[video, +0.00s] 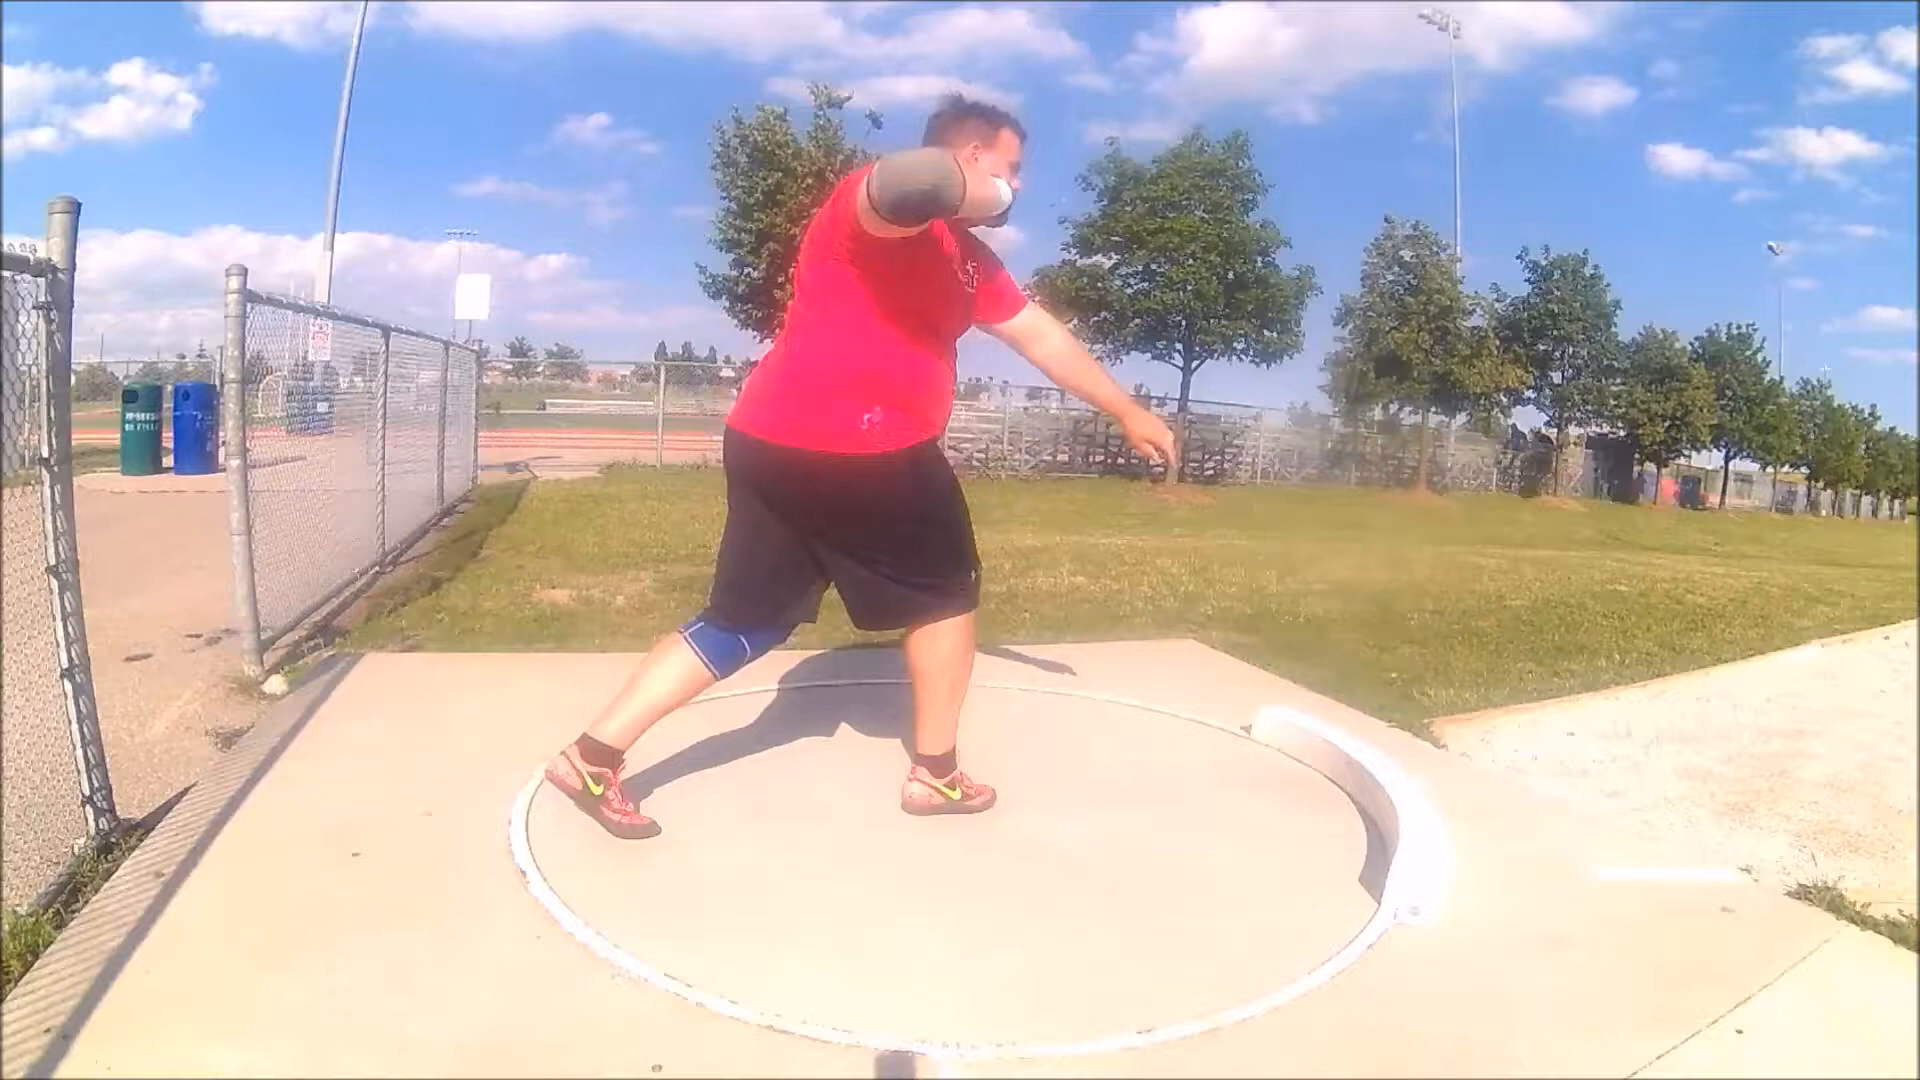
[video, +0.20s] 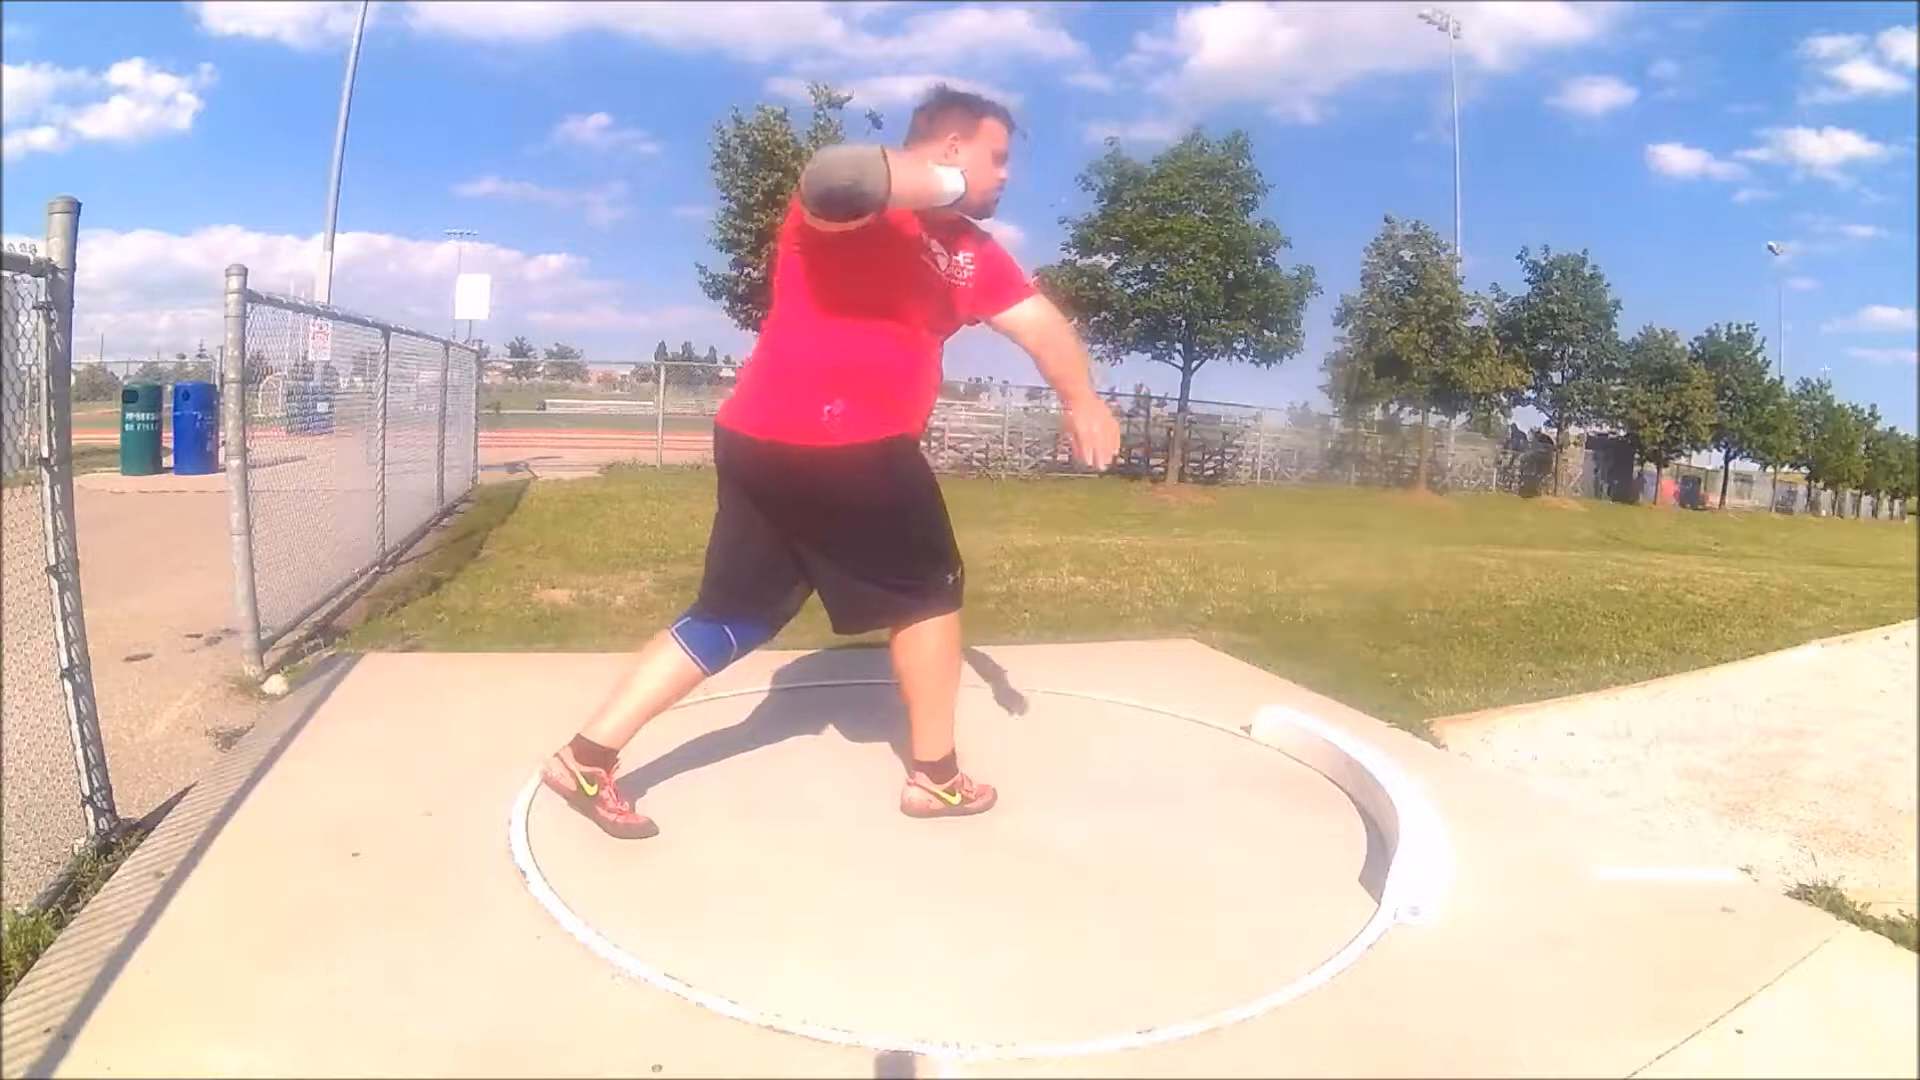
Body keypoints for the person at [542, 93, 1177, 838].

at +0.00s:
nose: (1014, 187)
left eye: (1017, 175)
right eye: (1010, 170)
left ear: (971, 160)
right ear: (962, 156)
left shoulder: (970, 261)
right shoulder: (871, 199)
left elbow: (1042, 337)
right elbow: (900, 189)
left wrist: (1129, 410)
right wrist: (961, 186)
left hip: (768, 441)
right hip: (876, 454)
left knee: (742, 618)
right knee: (945, 598)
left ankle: (596, 751)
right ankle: (933, 769)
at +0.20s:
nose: (1006, 180)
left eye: (1007, 163)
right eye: (1000, 158)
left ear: (949, 156)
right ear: (951, 148)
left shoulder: (966, 252)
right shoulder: (839, 200)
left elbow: (1045, 328)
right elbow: (832, 177)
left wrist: (1080, 396)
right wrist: (941, 181)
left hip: (755, 437)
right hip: (863, 447)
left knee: (732, 611)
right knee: (928, 593)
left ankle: (589, 754)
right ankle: (934, 770)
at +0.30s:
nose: (998, 172)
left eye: (1001, 157)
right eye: (990, 154)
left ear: (954, 148)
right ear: (940, 145)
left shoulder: (968, 250)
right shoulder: (831, 193)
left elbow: (1037, 327)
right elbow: (804, 172)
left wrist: (999, 374)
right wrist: (928, 173)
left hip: (748, 437)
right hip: (853, 448)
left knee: (726, 612)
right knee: (920, 595)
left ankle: (585, 756)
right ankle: (934, 769)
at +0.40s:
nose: (994, 170)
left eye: (996, 156)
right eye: (985, 152)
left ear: (948, 147)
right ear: (936, 144)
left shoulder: (965, 246)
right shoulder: (826, 194)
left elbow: (1028, 326)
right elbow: (796, 169)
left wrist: (949, 351)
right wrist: (922, 175)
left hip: (744, 437)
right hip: (847, 446)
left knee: (726, 612)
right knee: (918, 595)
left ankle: (585, 756)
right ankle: (934, 772)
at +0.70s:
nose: (993, 213)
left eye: (993, 200)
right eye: (994, 196)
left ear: (926, 164)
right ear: (973, 181)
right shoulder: (911, 215)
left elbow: (1002, 364)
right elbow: (990, 231)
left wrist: (1086, 421)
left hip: (727, 446)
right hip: (840, 464)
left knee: (720, 625)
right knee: (937, 600)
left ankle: (588, 773)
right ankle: (930, 779)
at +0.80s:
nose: (996, 216)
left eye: (989, 207)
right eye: (997, 207)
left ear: (929, 186)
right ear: (993, 202)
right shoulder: (978, 234)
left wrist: (1034, 426)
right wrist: (1058, 266)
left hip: (742, 443)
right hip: (865, 471)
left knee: (715, 629)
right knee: (956, 596)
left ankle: (599, 783)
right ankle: (933, 777)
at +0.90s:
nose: (933, 212)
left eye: (926, 202)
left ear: (921, 207)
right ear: (992, 215)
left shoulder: (869, 255)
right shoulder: (1027, 261)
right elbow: (1130, 304)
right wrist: (1093, 274)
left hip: (809, 461)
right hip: (939, 485)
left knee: (722, 637)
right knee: (978, 617)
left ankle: (613, 791)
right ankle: (940, 777)